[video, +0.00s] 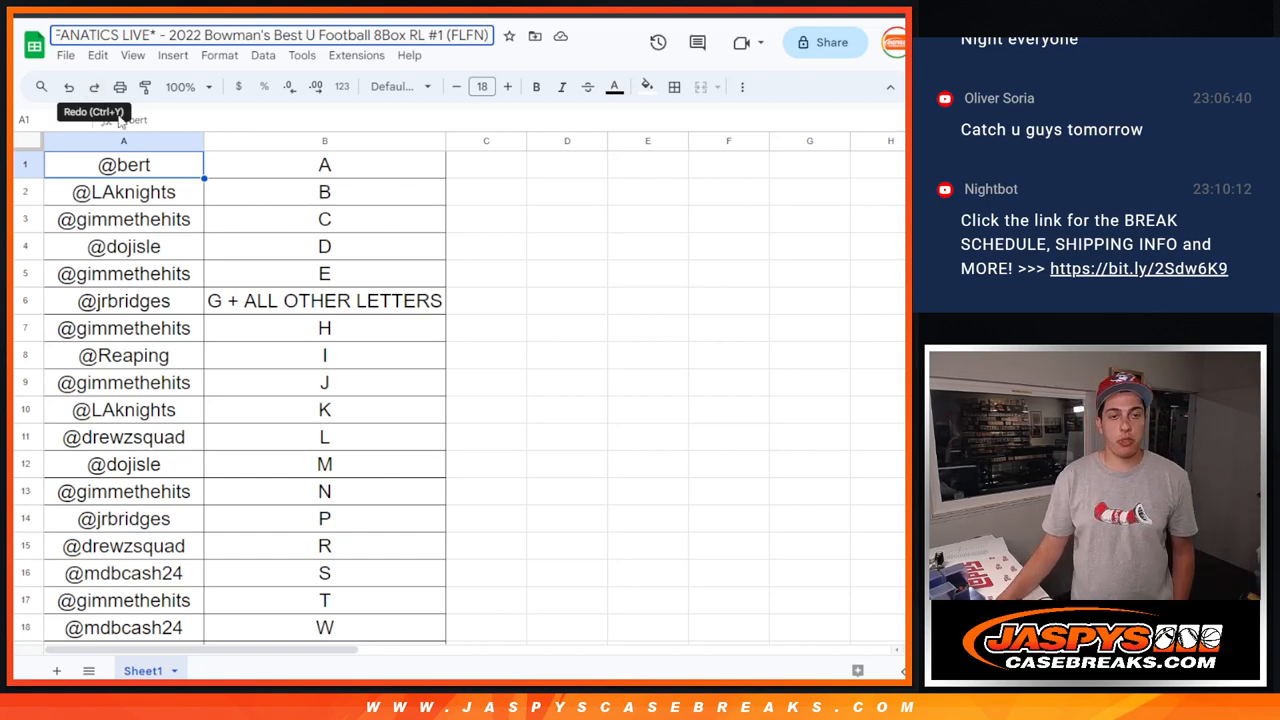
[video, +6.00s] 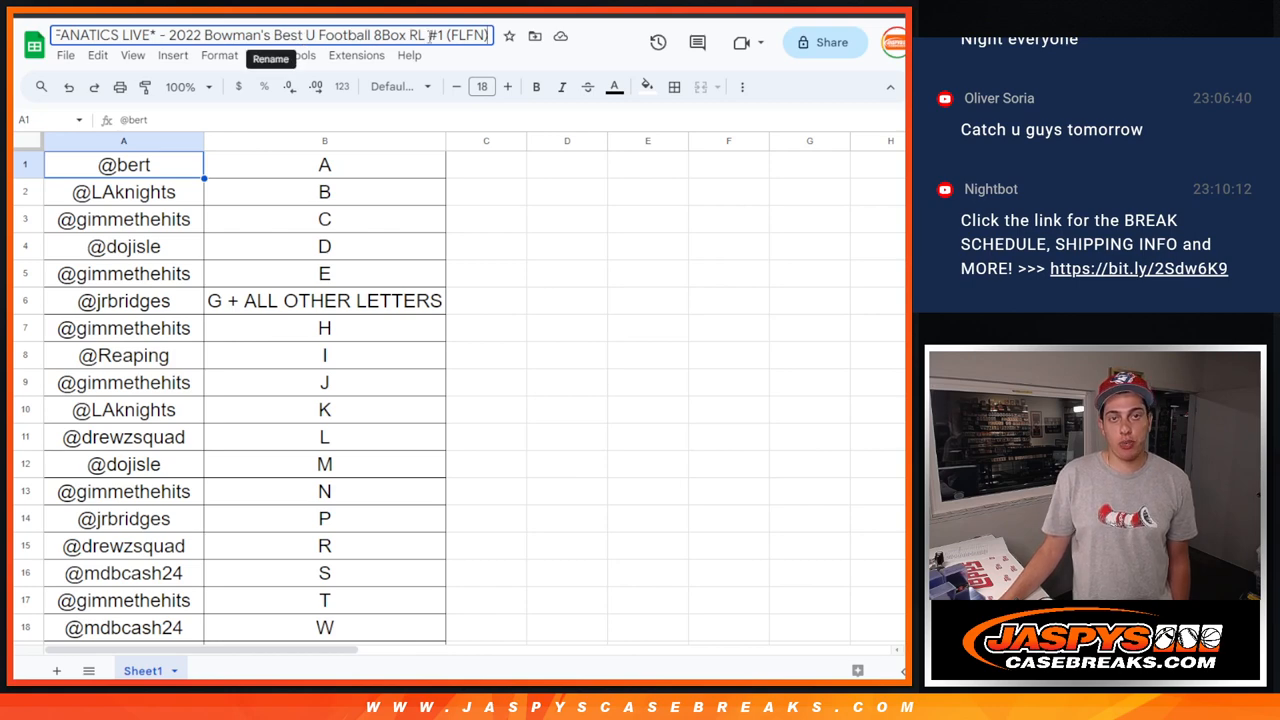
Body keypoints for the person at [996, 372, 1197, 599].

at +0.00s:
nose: (1125, 426)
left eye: (1135, 415)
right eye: (1114, 415)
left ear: (1145, 420)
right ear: (1099, 424)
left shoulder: (1173, 478)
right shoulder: (1073, 477)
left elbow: (1183, 551)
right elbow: (1050, 548)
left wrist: (1179, 604)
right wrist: (1006, 598)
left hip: (1153, 603)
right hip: (1089, 607)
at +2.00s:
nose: (1126, 429)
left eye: (1136, 416)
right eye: (1114, 418)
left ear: (1147, 420)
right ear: (1100, 425)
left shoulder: (1173, 480)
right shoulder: (1073, 477)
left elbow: (1179, 555)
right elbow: (1049, 550)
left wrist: (1179, 608)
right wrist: (1005, 601)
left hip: (1153, 607)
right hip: (1090, 607)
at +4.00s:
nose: (1127, 428)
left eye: (1137, 415)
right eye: (1115, 416)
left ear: (1149, 421)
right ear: (1101, 425)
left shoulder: (1175, 481)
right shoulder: (1073, 476)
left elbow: (1179, 557)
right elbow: (1051, 549)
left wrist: (1180, 611)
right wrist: (1007, 599)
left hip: (1153, 607)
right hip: (1090, 607)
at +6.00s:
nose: (1125, 429)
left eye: (1135, 416)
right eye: (1114, 417)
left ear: (1149, 421)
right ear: (1101, 425)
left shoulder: (1175, 481)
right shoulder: (1074, 475)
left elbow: (1179, 556)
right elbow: (1051, 549)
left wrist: (1179, 610)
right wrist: (1007, 599)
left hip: (1153, 607)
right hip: (1090, 606)